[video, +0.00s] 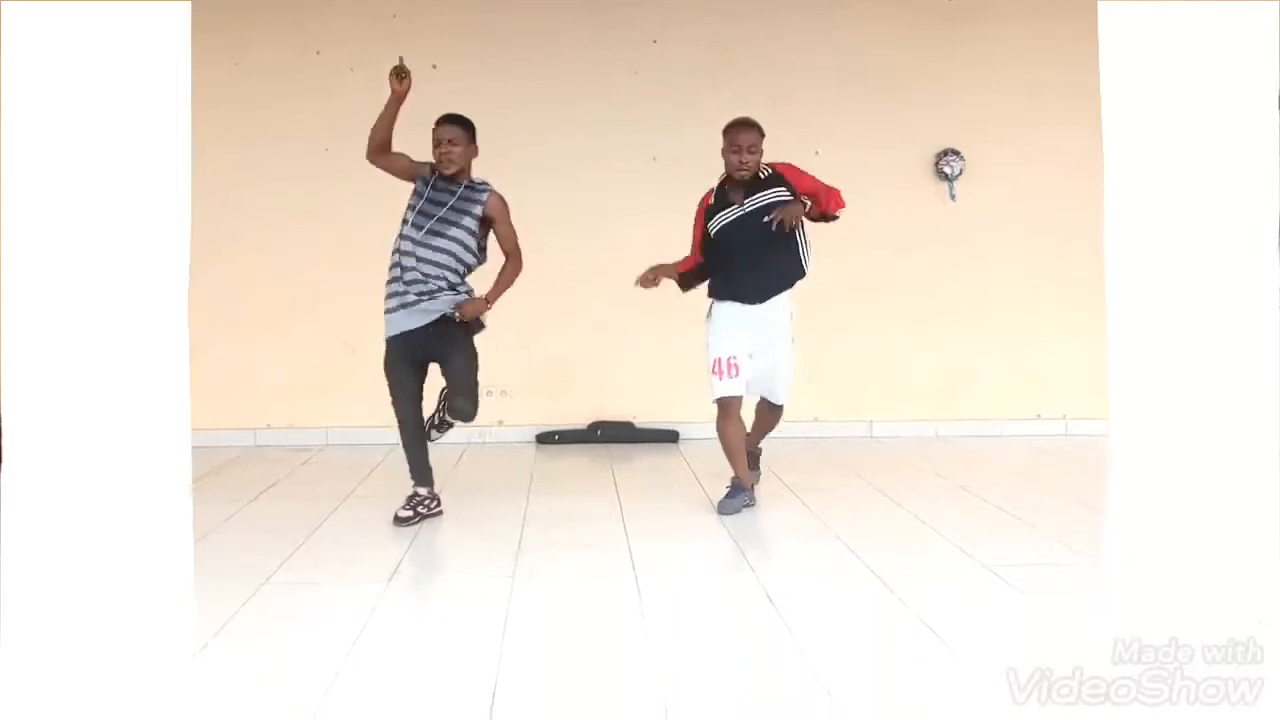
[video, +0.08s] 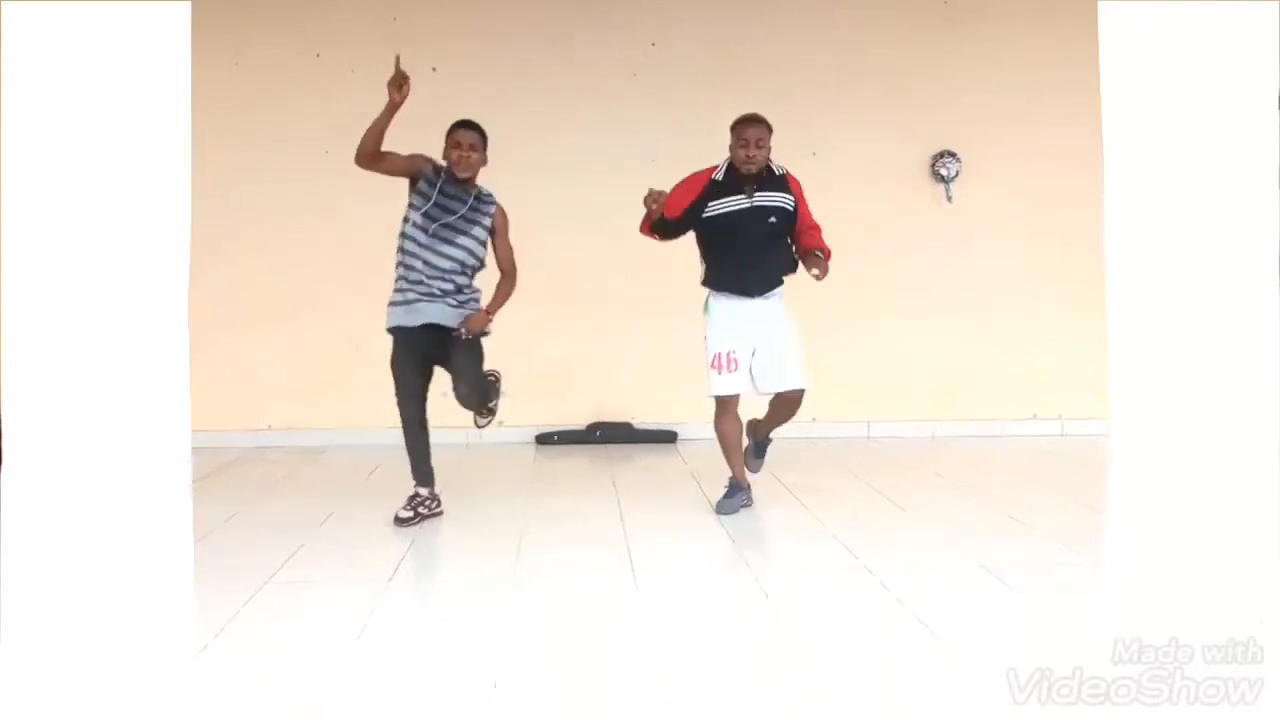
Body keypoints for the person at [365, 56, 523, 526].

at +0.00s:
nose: (443, 151)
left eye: (452, 144)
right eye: (437, 144)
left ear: (473, 149)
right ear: (432, 146)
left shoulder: (489, 201)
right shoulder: (422, 175)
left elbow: (513, 260)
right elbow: (378, 154)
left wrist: (486, 301)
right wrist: (395, 100)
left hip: (446, 310)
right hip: (401, 312)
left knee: (464, 407)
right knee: (405, 408)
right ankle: (424, 492)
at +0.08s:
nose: (462, 154)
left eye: (471, 149)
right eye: (455, 147)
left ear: (484, 159)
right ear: (445, 150)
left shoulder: (491, 211)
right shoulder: (424, 170)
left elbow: (508, 272)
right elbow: (366, 157)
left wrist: (488, 313)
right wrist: (391, 108)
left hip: (457, 315)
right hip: (410, 312)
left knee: (471, 396)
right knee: (409, 406)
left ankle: (489, 395)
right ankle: (425, 491)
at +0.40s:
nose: (456, 171)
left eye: (464, 163)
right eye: (449, 163)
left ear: (482, 163)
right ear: (440, 162)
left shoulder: (504, 203)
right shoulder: (424, 211)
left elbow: (539, 246)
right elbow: (401, 263)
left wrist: (543, 276)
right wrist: (370, 313)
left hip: (497, 336)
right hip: (447, 339)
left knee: (519, 416)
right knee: (432, 423)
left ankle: (516, 495)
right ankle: (367, 492)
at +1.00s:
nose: (466, 170)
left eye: (475, 163)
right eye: (459, 162)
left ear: (491, 163)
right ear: (451, 161)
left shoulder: (510, 190)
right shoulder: (442, 208)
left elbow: (544, 245)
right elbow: (428, 259)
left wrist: (516, 287)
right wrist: (401, 308)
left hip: (510, 322)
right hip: (460, 318)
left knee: (510, 406)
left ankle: (520, 485)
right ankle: (446, 437)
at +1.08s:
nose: (457, 178)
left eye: (466, 171)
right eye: (450, 170)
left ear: (481, 171)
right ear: (441, 169)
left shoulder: (502, 200)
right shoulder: (435, 217)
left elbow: (542, 250)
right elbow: (420, 266)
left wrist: (512, 293)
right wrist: (389, 315)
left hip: (522, 319)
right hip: (472, 314)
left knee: (516, 404)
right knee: (410, 357)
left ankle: (519, 485)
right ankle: (452, 442)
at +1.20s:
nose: (455, 180)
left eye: (464, 173)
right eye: (447, 171)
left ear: (477, 173)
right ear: (436, 170)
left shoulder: (496, 209)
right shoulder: (424, 212)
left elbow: (536, 262)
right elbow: (418, 263)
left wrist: (525, 314)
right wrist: (398, 317)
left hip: (515, 322)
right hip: (472, 327)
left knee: (517, 403)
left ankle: (520, 485)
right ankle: (477, 486)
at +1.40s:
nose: (501, 168)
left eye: (513, 166)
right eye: (500, 162)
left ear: (529, 183)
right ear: (494, 170)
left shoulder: (524, 231)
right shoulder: (476, 195)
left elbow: (546, 293)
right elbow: (446, 235)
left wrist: (536, 353)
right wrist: (406, 266)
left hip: (467, 330)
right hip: (428, 316)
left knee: (478, 403)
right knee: (427, 396)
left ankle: (505, 484)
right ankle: (455, 478)